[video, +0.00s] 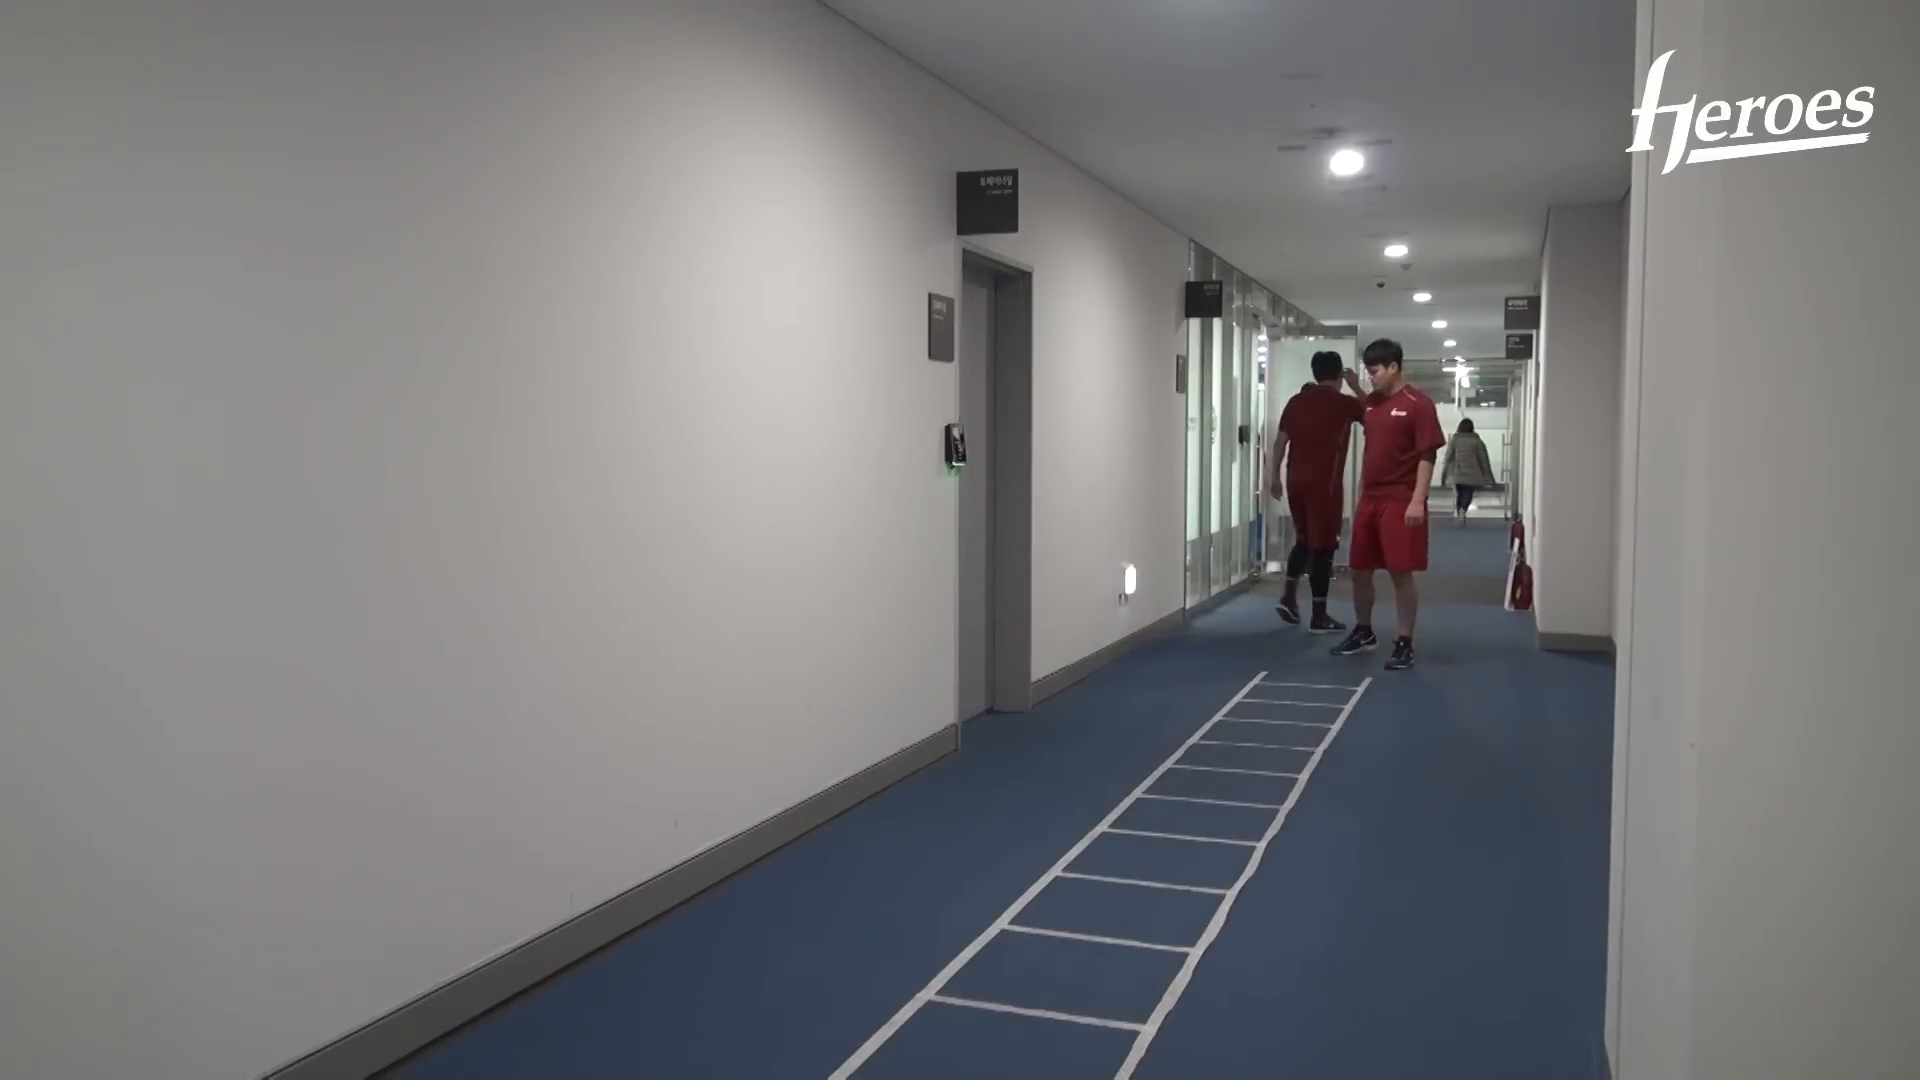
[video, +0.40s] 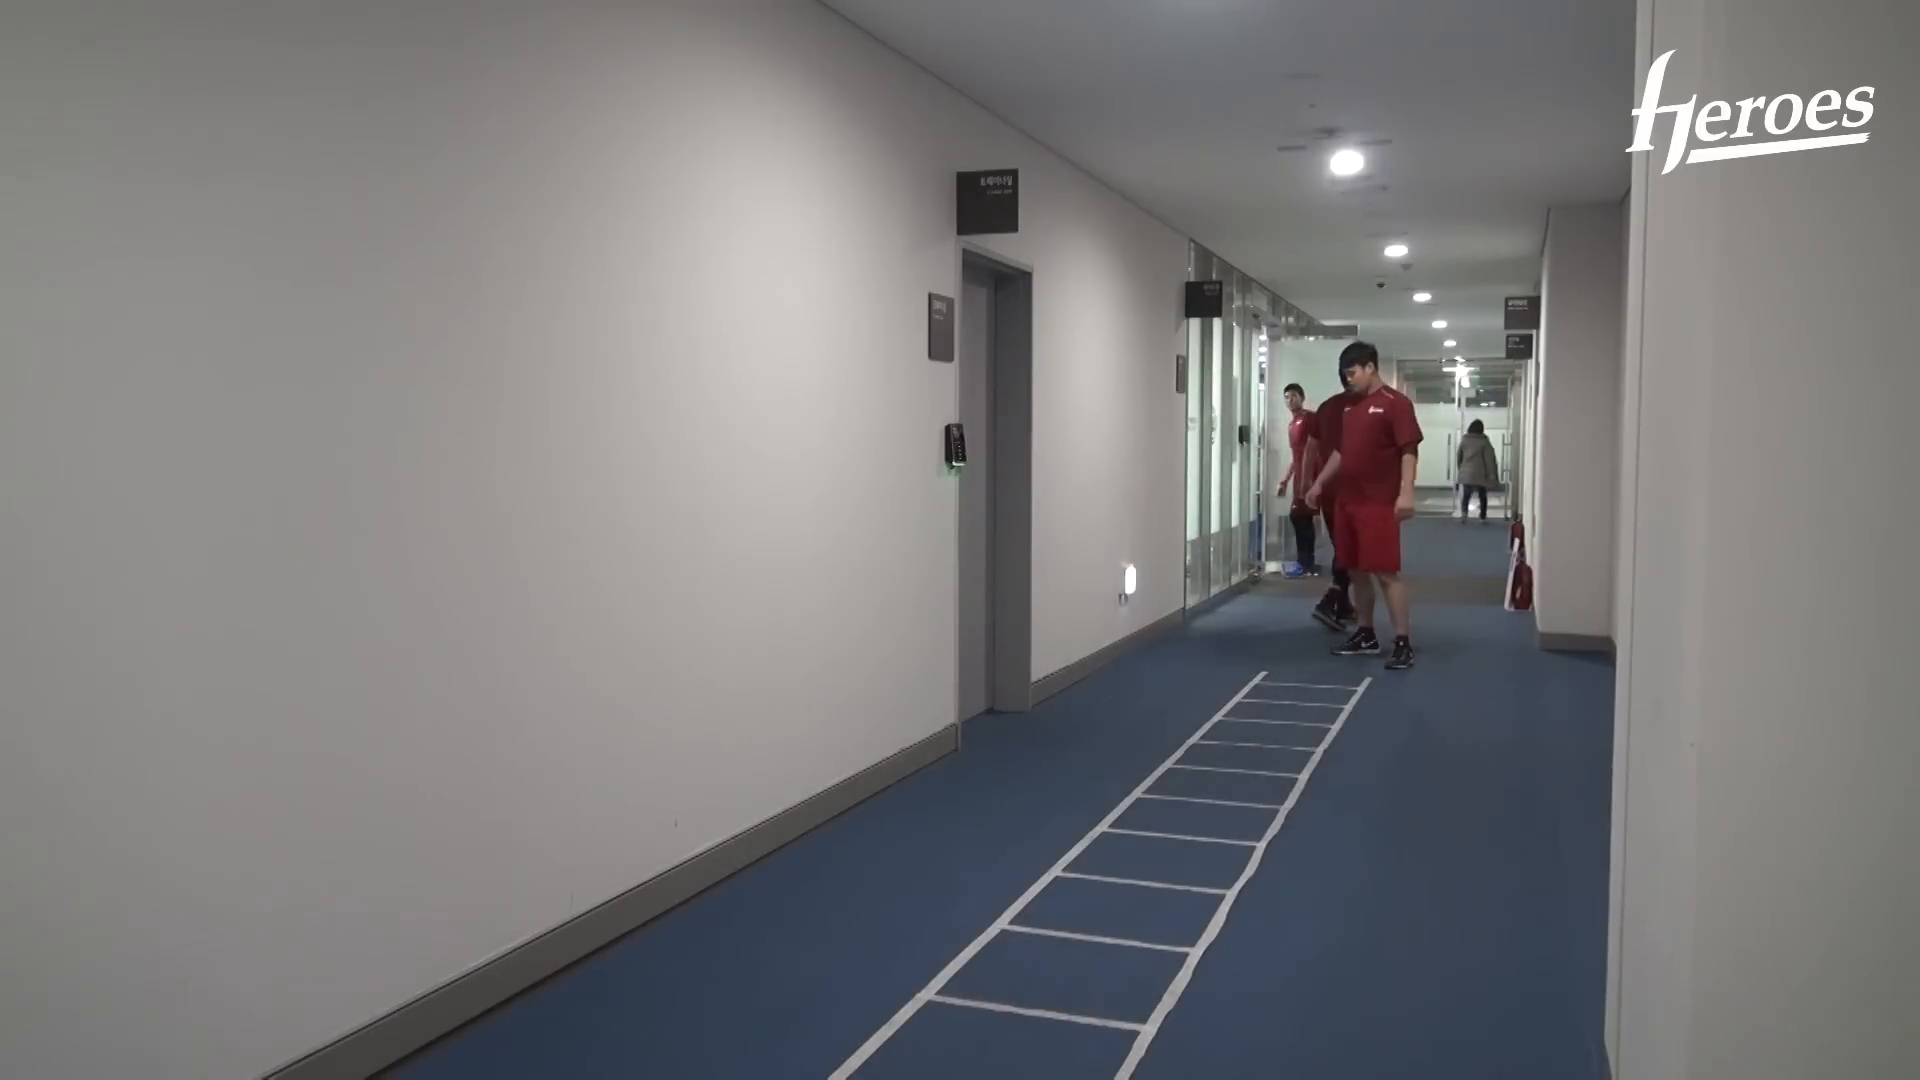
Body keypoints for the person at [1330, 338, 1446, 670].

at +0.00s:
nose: (1370, 375)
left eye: (1375, 368)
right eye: (1368, 369)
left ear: (1394, 367)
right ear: (1372, 371)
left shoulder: (1419, 403)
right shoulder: (1372, 405)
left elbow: (1428, 456)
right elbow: (1370, 454)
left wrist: (1418, 500)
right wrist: (1361, 497)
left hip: (1400, 500)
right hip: (1370, 498)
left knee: (1400, 572)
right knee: (1360, 569)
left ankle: (1404, 643)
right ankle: (1363, 630)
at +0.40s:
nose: (1346, 378)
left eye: (1351, 371)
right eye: (1344, 372)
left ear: (1370, 368)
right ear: (1349, 374)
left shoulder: (1397, 403)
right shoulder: (1351, 408)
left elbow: (1409, 450)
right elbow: (1341, 453)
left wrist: (1406, 493)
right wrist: (1318, 484)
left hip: (1380, 503)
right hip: (1348, 502)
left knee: (1386, 573)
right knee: (1357, 572)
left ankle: (1402, 642)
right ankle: (1365, 634)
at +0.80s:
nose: (1327, 378)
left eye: (1330, 371)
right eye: (1325, 372)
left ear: (1349, 369)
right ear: (1340, 372)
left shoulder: (1379, 404)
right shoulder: (1330, 407)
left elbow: (1389, 454)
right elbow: (1321, 453)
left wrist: (1382, 496)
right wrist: (1304, 488)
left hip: (1363, 498)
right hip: (1333, 498)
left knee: (1341, 563)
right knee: (1347, 566)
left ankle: (1366, 633)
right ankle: (1360, 630)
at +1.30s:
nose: (1305, 375)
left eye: (1309, 368)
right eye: (1303, 369)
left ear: (1327, 365)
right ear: (1307, 370)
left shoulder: (1350, 401)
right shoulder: (1310, 403)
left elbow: (1356, 452)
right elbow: (1304, 449)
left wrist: (1354, 496)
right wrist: (1300, 486)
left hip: (1339, 497)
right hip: (1315, 497)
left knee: (1322, 570)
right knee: (1333, 568)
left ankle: (1316, 637)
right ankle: (1357, 625)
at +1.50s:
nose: (1310, 372)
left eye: (1316, 366)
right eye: (1306, 367)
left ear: (1331, 366)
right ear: (1303, 368)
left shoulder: (1345, 399)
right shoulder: (1305, 401)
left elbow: (1342, 449)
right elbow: (1299, 448)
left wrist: (1312, 482)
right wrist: (1296, 486)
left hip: (1336, 496)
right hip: (1310, 495)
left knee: (1327, 568)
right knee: (1302, 561)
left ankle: (1319, 636)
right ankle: (1340, 615)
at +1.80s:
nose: (1317, 369)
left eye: (1324, 363)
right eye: (1312, 363)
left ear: (1336, 365)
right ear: (1306, 365)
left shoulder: (1347, 400)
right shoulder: (1300, 400)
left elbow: (1346, 454)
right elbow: (1293, 448)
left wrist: (1319, 490)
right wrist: (1291, 487)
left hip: (1332, 495)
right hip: (1303, 492)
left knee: (1322, 569)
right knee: (1288, 555)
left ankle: (1319, 638)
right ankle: (1297, 616)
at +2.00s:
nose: (1320, 373)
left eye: (1327, 367)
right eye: (1316, 366)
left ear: (1338, 368)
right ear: (1308, 365)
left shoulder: (1352, 402)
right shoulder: (1295, 401)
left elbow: (1359, 453)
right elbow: (1287, 448)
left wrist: (1362, 496)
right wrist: (1291, 487)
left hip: (1333, 502)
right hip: (1298, 496)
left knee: (1324, 571)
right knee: (1276, 552)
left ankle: (1318, 638)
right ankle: (1277, 611)